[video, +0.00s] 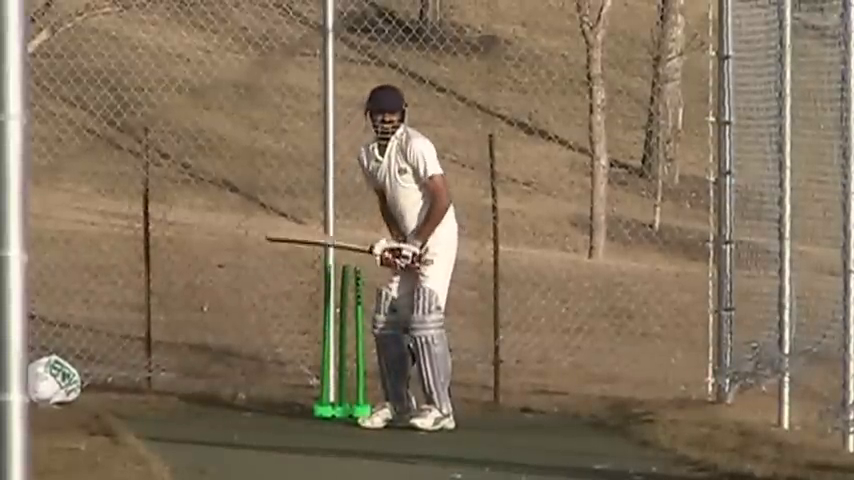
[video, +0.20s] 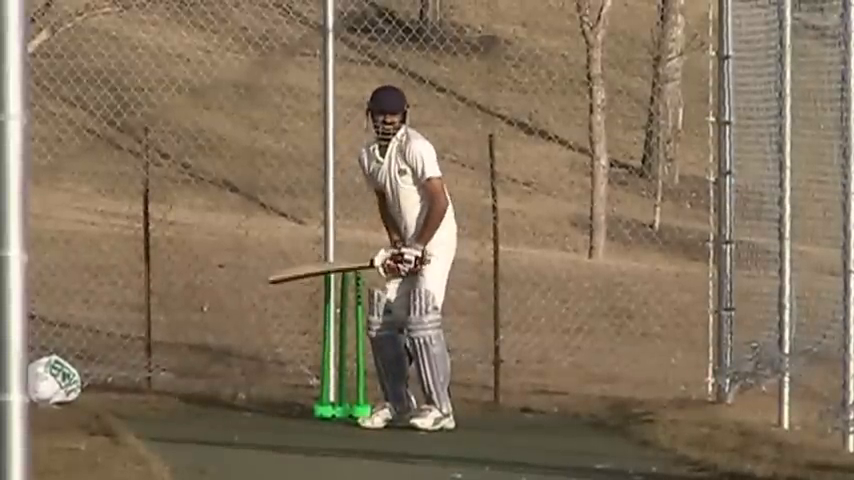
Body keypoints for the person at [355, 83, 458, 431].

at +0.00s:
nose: (385, 121)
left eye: (392, 115)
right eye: (379, 115)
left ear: (403, 116)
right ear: (369, 117)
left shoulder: (415, 146)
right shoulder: (367, 155)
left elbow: (442, 198)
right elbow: (384, 203)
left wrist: (417, 242)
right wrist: (397, 243)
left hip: (435, 241)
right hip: (405, 243)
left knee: (424, 321)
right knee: (386, 321)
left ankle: (439, 408)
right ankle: (398, 404)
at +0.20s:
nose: (386, 122)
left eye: (394, 116)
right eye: (380, 115)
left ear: (404, 117)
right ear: (370, 117)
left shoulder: (415, 148)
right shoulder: (367, 155)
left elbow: (439, 200)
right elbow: (384, 202)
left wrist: (417, 245)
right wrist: (396, 245)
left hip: (434, 242)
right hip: (403, 244)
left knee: (421, 319)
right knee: (382, 320)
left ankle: (438, 407)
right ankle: (398, 403)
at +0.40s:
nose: (385, 125)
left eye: (392, 119)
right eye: (379, 118)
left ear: (402, 120)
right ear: (368, 119)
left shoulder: (414, 149)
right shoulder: (365, 157)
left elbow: (440, 201)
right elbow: (383, 203)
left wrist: (419, 247)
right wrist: (397, 246)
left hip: (434, 241)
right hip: (403, 244)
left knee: (421, 319)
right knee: (379, 320)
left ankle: (438, 408)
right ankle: (398, 403)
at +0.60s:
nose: (384, 127)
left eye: (391, 120)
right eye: (377, 120)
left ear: (401, 121)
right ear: (367, 121)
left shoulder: (413, 150)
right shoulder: (365, 158)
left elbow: (439, 202)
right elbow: (381, 204)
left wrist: (418, 247)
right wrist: (396, 246)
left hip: (433, 242)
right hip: (402, 245)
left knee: (420, 319)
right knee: (377, 320)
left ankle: (438, 407)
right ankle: (397, 403)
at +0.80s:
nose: (383, 128)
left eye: (390, 122)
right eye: (376, 121)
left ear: (400, 122)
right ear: (366, 122)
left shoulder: (412, 151)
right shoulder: (363, 159)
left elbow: (439, 203)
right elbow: (380, 205)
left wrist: (418, 248)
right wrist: (394, 247)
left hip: (433, 242)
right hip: (401, 245)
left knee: (419, 318)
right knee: (375, 320)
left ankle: (438, 407)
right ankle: (398, 404)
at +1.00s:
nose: (379, 131)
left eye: (387, 125)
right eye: (373, 124)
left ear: (398, 124)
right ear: (364, 125)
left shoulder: (409, 153)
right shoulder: (361, 162)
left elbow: (436, 205)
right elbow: (378, 206)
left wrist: (415, 250)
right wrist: (392, 248)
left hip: (430, 242)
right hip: (399, 245)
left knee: (416, 318)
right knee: (373, 320)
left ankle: (438, 406)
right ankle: (397, 403)